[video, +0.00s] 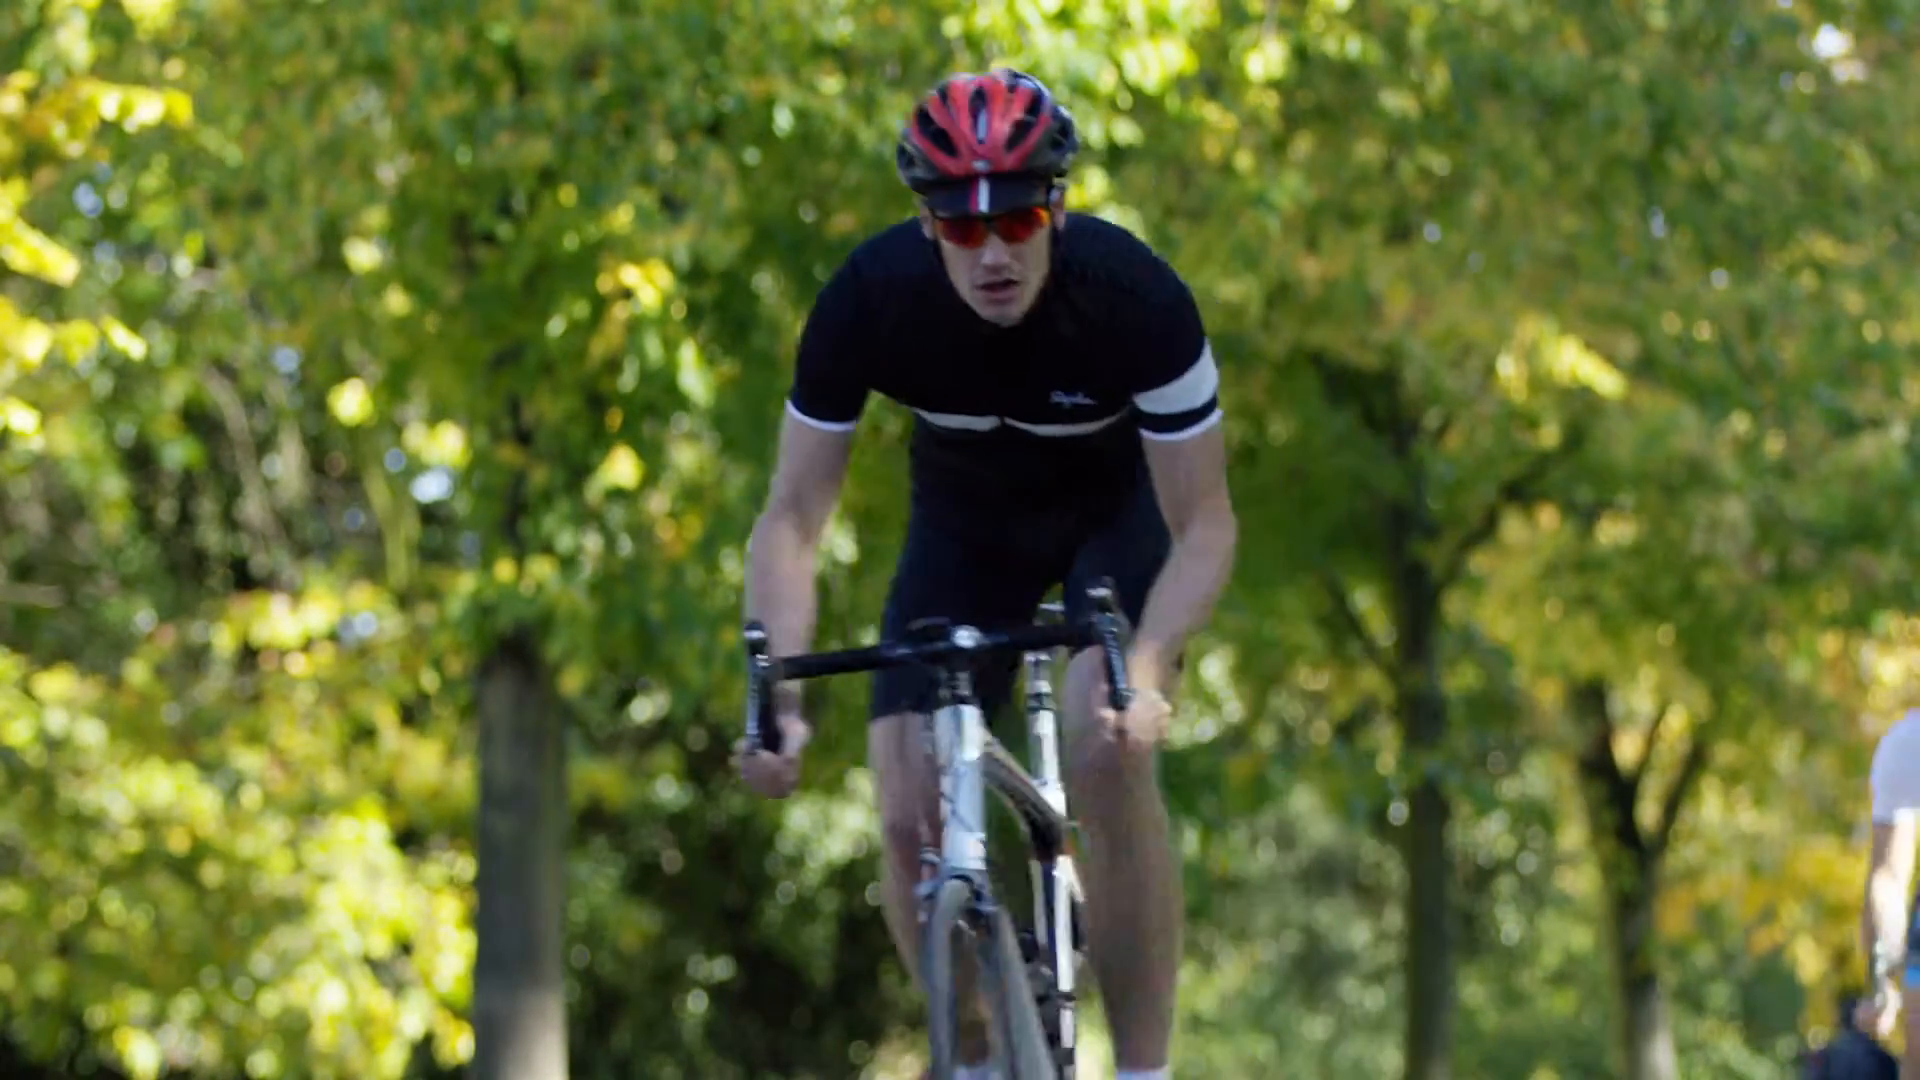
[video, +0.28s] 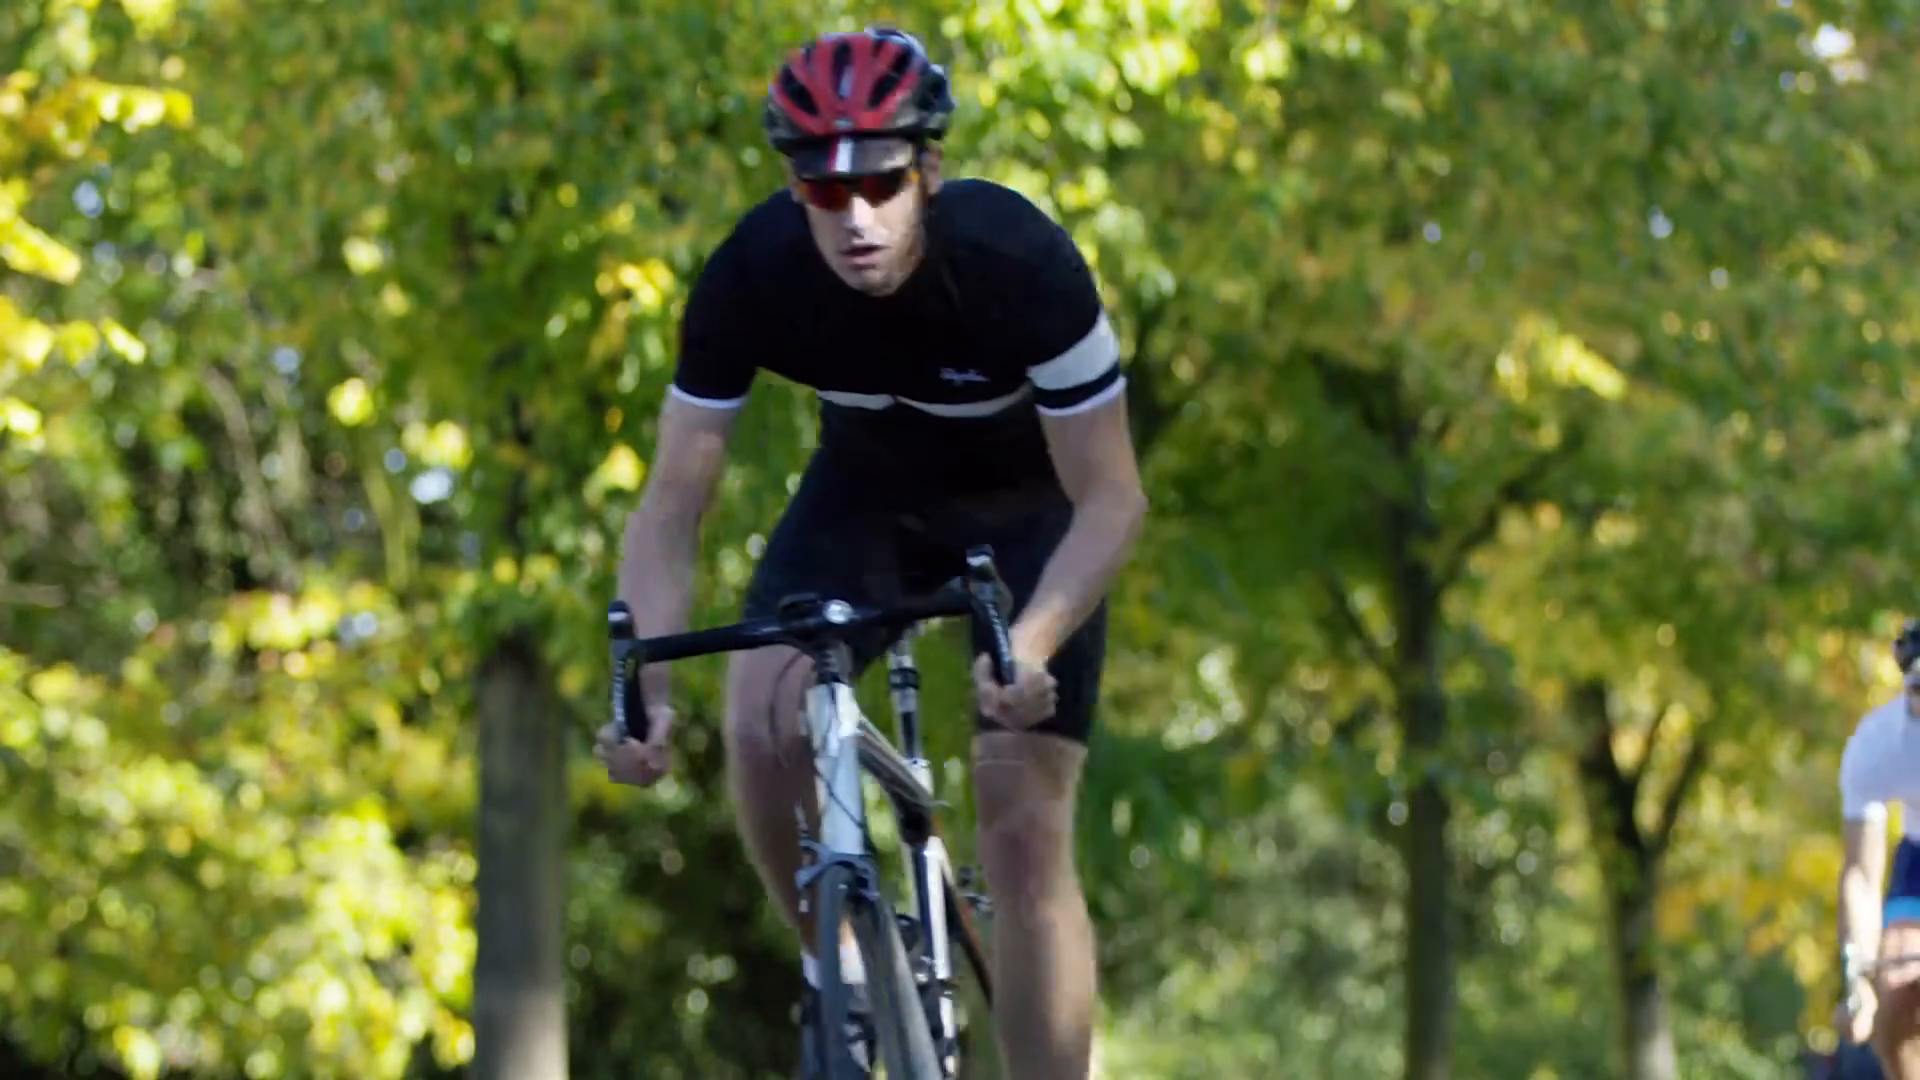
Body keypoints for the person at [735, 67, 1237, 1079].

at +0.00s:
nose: (993, 254)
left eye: (1017, 222)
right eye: (964, 228)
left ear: (1057, 208)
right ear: (928, 220)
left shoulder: (1136, 296)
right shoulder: (867, 301)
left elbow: (1205, 519)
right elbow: (794, 514)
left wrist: (1152, 664)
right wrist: (779, 696)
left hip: (1118, 514)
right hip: (960, 515)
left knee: (1111, 752)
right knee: (907, 812)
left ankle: (1144, 1069)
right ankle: (971, 1062)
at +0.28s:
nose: (854, 218)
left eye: (879, 186)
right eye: (826, 192)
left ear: (929, 169)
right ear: (792, 185)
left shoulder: (1023, 262)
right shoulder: (750, 277)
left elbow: (1109, 496)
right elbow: (675, 493)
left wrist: (1036, 637)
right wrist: (643, 675)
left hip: (1030, 490)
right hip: (863, 481)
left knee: (1022, 827)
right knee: (762, 722)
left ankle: (1047, 1070)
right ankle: (843, 981)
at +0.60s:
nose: (675, 160)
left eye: (704, 126)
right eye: (644, 131)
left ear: (760, 103)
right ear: (614, 121)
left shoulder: (871, 186)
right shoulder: (583, 223)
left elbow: (1006, 433)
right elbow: (533, 463)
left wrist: (945, 592)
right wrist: (534, 631)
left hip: (901, 412)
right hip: (733, 411)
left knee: (929, 817)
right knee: (645, 602)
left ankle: (949, 1073)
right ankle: (708, 928)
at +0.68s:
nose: (634, 141)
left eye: (663, 106)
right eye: (602, 113)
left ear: (718, 84)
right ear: (571, 107)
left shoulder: (827, 155)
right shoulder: (537, 205)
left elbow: (978, 401)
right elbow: (501, 450)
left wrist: (929, 587)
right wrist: (510, 601)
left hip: (867, 394)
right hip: (692, 393)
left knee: (907, 791)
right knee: (623, 592)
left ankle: (934, 1074)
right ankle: (687, 941)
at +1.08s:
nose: (417, 30)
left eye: (448, 1)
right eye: (387, 4)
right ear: (355, 4)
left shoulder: (624, 62)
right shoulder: (301, 111)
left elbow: (795, 316)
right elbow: (323, 368)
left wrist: (824, 531)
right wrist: (370, 535)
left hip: (680, 316)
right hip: (480, 341)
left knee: (760, 679)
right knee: (495, 671)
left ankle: (837, 985)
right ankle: (557, 1065)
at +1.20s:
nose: (354, 0)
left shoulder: (560, 37)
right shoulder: (229, 86)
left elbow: (725, 288)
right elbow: (255, 346)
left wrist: (773, 517)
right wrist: (300, 520)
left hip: (616, 320)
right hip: (417, 357)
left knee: (687, 621)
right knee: (447, 709)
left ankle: (784, 931)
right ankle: (498, 1065)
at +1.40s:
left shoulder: (453, 17)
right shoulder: (102, 42)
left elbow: (612, 275)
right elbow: (114, 309)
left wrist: (645, 493)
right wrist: (164, 490)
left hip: (482, 254)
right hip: (279, 299)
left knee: (548, 527)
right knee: (347, 733)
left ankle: (661, 842)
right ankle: (392, 1066)